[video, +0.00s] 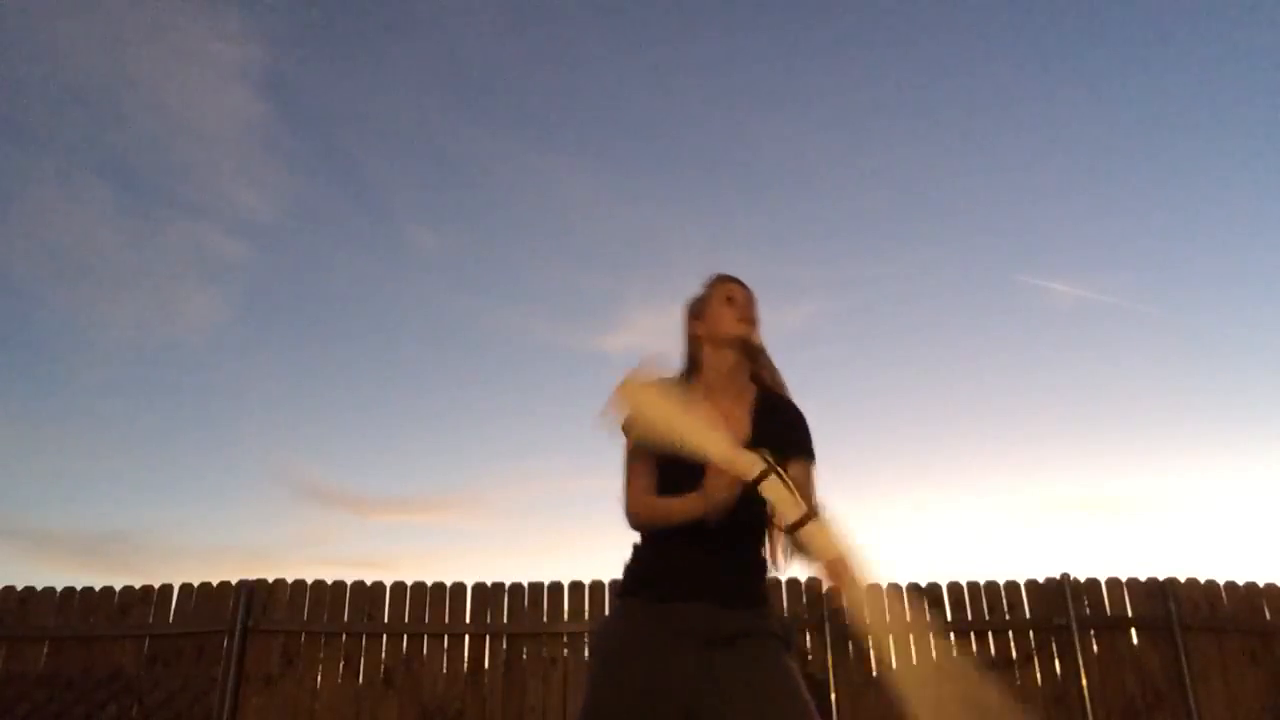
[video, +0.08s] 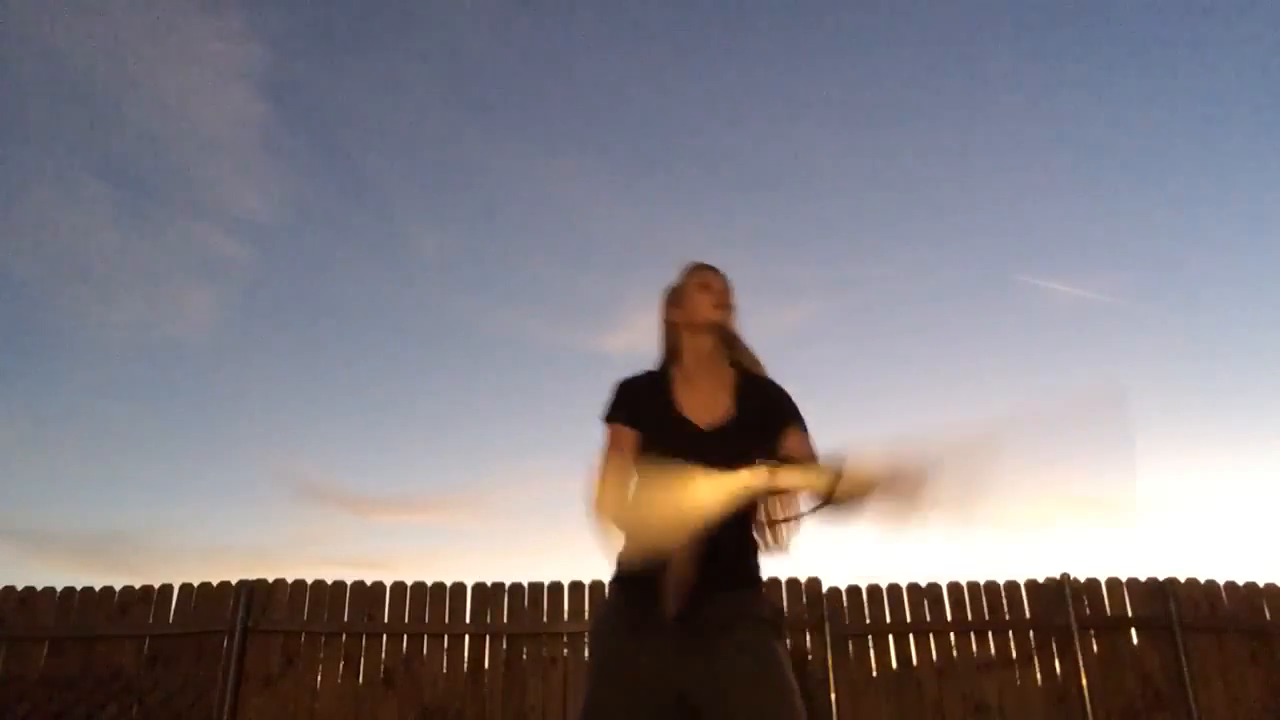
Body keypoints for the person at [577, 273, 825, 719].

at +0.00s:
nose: (741, 310)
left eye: (747, 307)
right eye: (727, 300)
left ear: (754, 331)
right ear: (696, 323)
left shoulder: (780, 415)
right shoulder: (657, 406)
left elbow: (800, 513)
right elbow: (638, 508)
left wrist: (830, 559)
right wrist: (704, 500)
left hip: (742, 613)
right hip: (652, 610)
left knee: (789, 710)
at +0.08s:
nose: (710, 296)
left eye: (718, 291)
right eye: (698, 288)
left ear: (729, 313)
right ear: (672, 310)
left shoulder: (766, 397)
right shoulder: (638, 394)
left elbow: (806, 477)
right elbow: (609, 498)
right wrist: (657, 519)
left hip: (733, 592)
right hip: (643, 596)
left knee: (770, 708)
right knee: (621, 708)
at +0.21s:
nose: (686, 293)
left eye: (691, 291)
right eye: (671, 286)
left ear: (697, 313)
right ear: (639, 308)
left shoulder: (725, 378)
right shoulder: (606, 399)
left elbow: (820, 399)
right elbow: (570, 505)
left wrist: (845, 329)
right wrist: (594, 569)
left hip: (713, 586)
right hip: (629, 590)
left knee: (737, 708)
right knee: (618, 710)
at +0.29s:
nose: (666, 296)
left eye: (672, 291)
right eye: (649, 288)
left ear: (680, 314)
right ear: (620, 313)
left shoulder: (707, 381)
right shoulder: (591, 405)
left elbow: (802, 376)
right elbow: (556, 501)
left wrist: (807, 284)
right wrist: (548, 555)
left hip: (695, 590)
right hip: (610, 593)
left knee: (717, 706)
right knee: (600, 708)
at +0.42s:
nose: (632, 306)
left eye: (641, 303)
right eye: (619, 300)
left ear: (652, 327)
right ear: (594, 323)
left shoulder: (677, 387)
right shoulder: (566, 413)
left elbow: (776, 410)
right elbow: (527, 515)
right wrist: (496, 519)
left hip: (663, 591)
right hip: (580, 596)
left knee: (684, 706)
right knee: (576, 707)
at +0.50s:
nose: (610, 307)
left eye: (620, 305)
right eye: (598, 304)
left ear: (634, 330)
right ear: (576, 329)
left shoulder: (660, 394)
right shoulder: (549, 416)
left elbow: (754, 441)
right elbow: (502, 514)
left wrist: (773, 419)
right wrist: (471, 486)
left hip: (639, 592)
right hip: (559, 596)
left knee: (655, 706)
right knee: (556, 708)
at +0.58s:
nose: (591, 307)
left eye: (602, 305)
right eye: (578, 304)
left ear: (617, 331)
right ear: (558, 332)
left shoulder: (643, 394)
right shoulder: (534, 416)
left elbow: (722, 452)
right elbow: (473, 504)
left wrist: (745, 474)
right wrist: (453, 439)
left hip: (620, 593)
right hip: (542, 597)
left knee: (631, 704)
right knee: (540, 705)